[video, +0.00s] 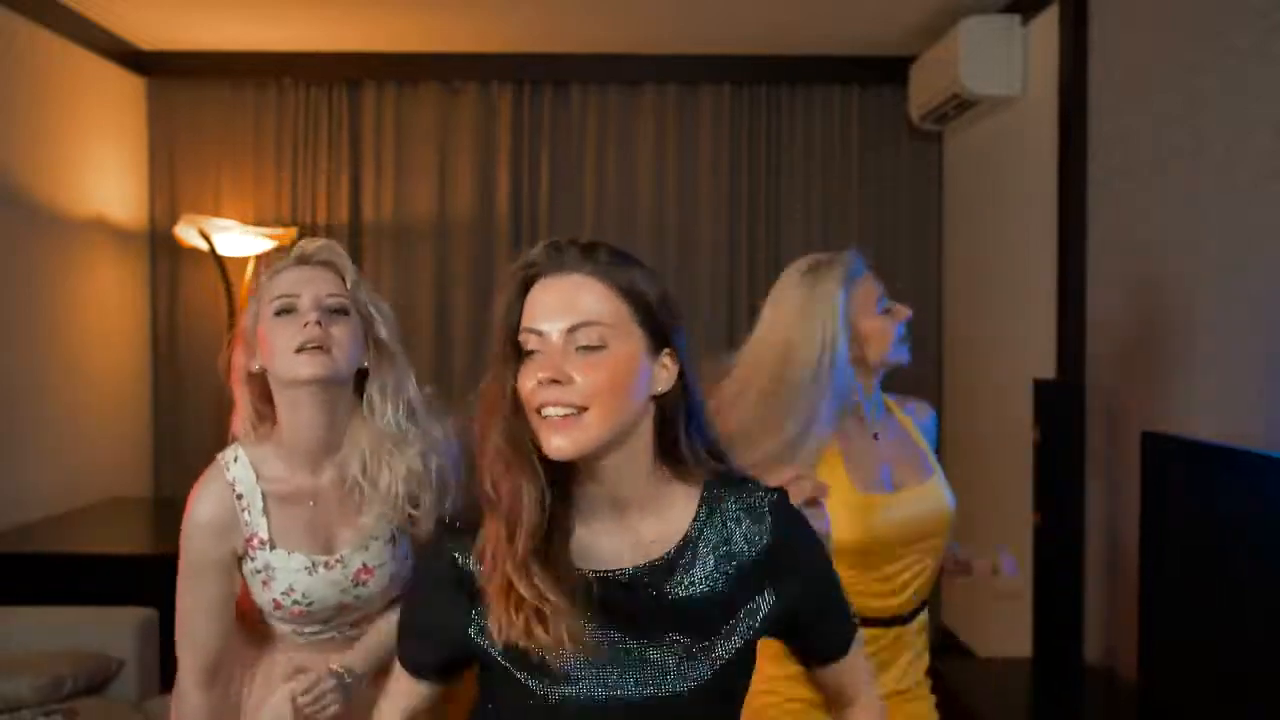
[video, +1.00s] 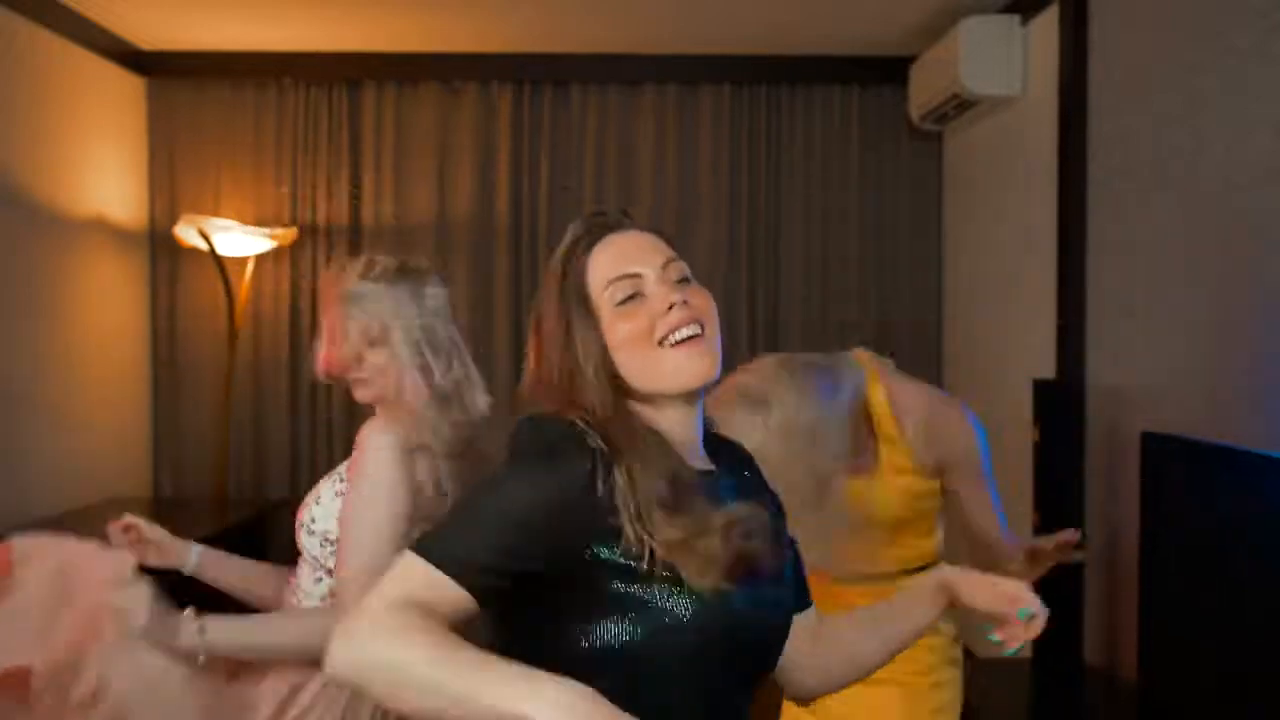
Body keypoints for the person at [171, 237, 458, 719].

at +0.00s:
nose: (313, 321)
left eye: (337, 310)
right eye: (286, 310)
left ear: (367, 347)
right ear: (254, 351)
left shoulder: (418, 462)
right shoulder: (225, 494)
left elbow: (442, 580)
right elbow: (202, 680)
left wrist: (353, 669)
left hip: (401, 689)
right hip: (282, 692)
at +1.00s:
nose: (324, 362)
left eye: (336, 338)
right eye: (323, 337)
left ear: (389, 341)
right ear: (389, 345)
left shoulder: (390, 440)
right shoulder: (428, 436)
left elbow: (354, 625)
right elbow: (315, 596)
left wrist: (188, 632)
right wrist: (184, 556)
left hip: (324, 692)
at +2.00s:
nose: (385, 326)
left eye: (415, 313)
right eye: (375, 304)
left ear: (455, 332)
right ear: (356, 310)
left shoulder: (403, 417)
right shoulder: (388, 414)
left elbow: (265, 275)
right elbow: (273, 357)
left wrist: (399, 211)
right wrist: (364, 250)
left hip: (330, 652)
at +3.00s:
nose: (345, 280)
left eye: (377, 269)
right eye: (349, 262)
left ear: (432, 297)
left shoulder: (375, 391)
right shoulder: (409, 390)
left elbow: (217, 273)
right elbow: (233, 339)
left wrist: (342, 191)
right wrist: (337, 261)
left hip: (304, 631)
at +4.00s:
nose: (289, 322)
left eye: (314, 301)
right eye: (284, 303)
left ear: (379, 312)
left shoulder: (326, 432)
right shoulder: (403, 427)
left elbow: (197, 587)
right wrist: (113, 627)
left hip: (248, 667)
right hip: (324, 662)